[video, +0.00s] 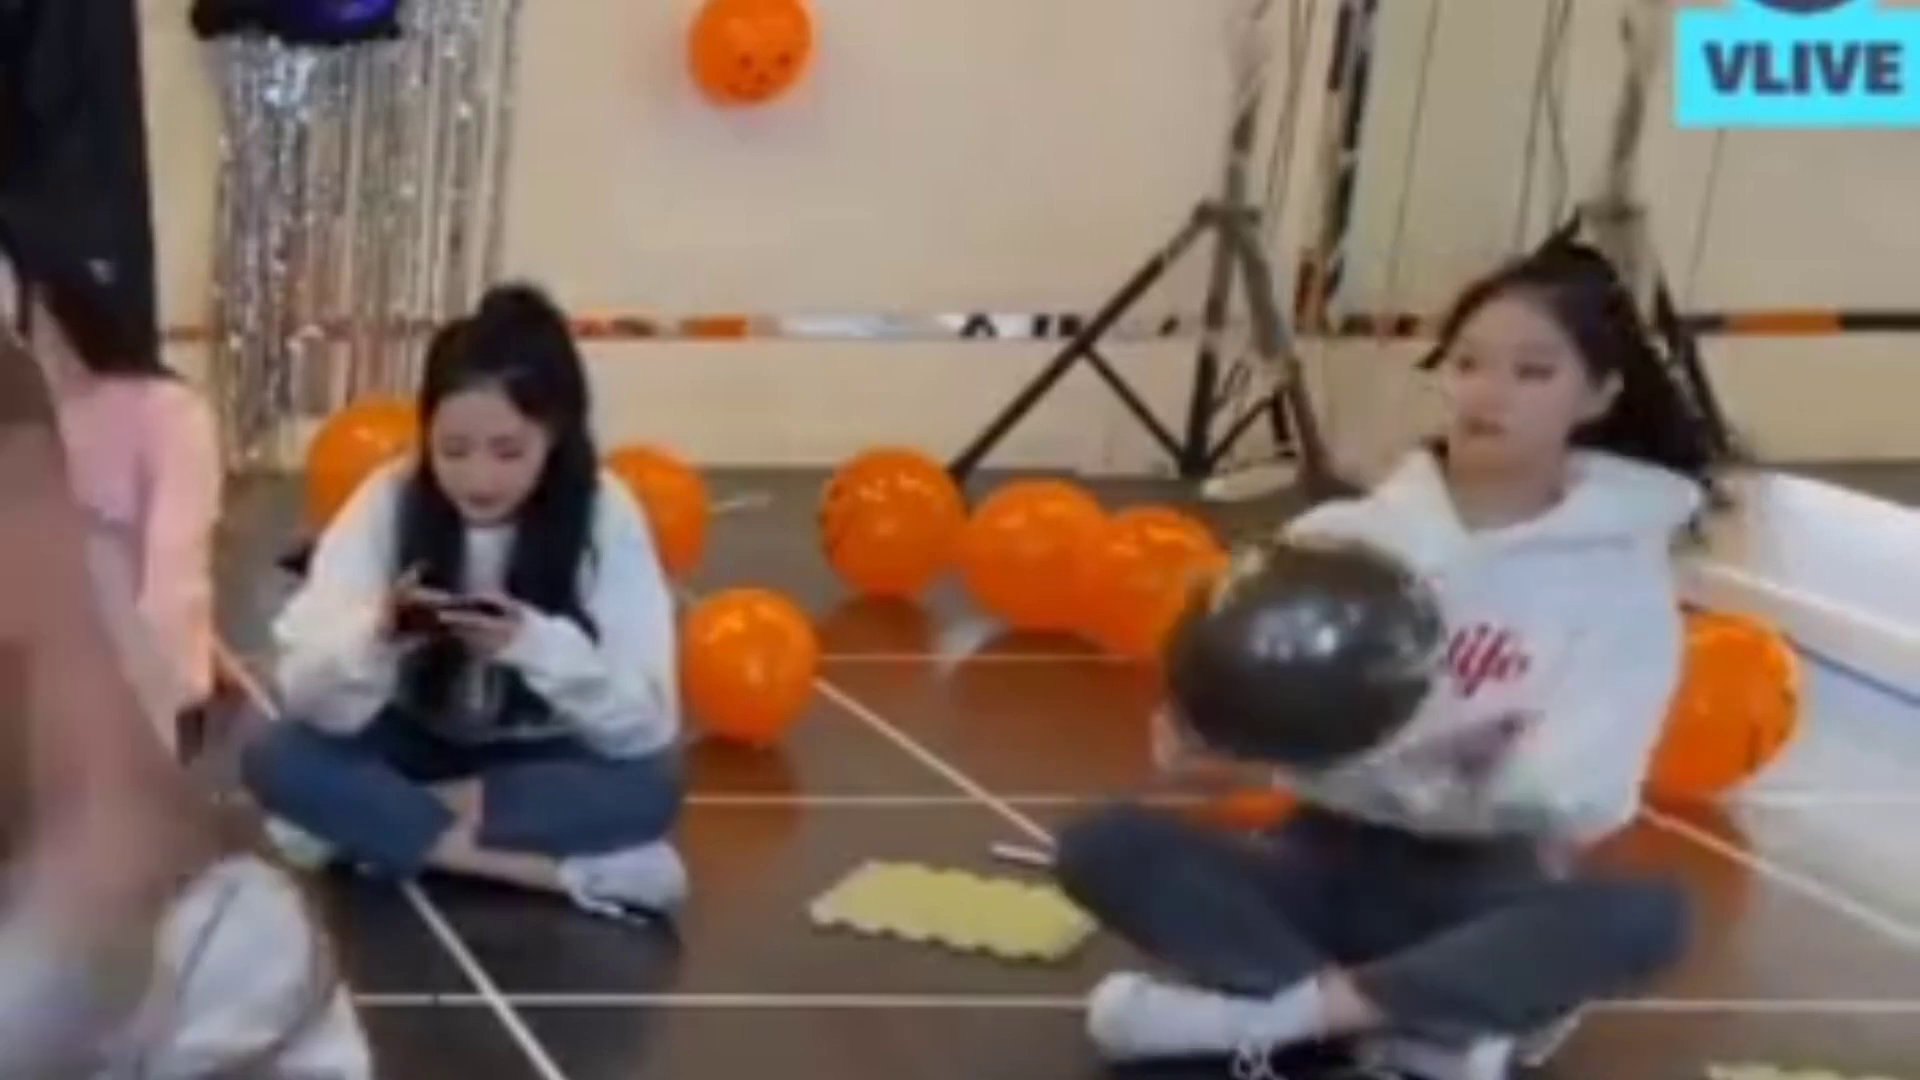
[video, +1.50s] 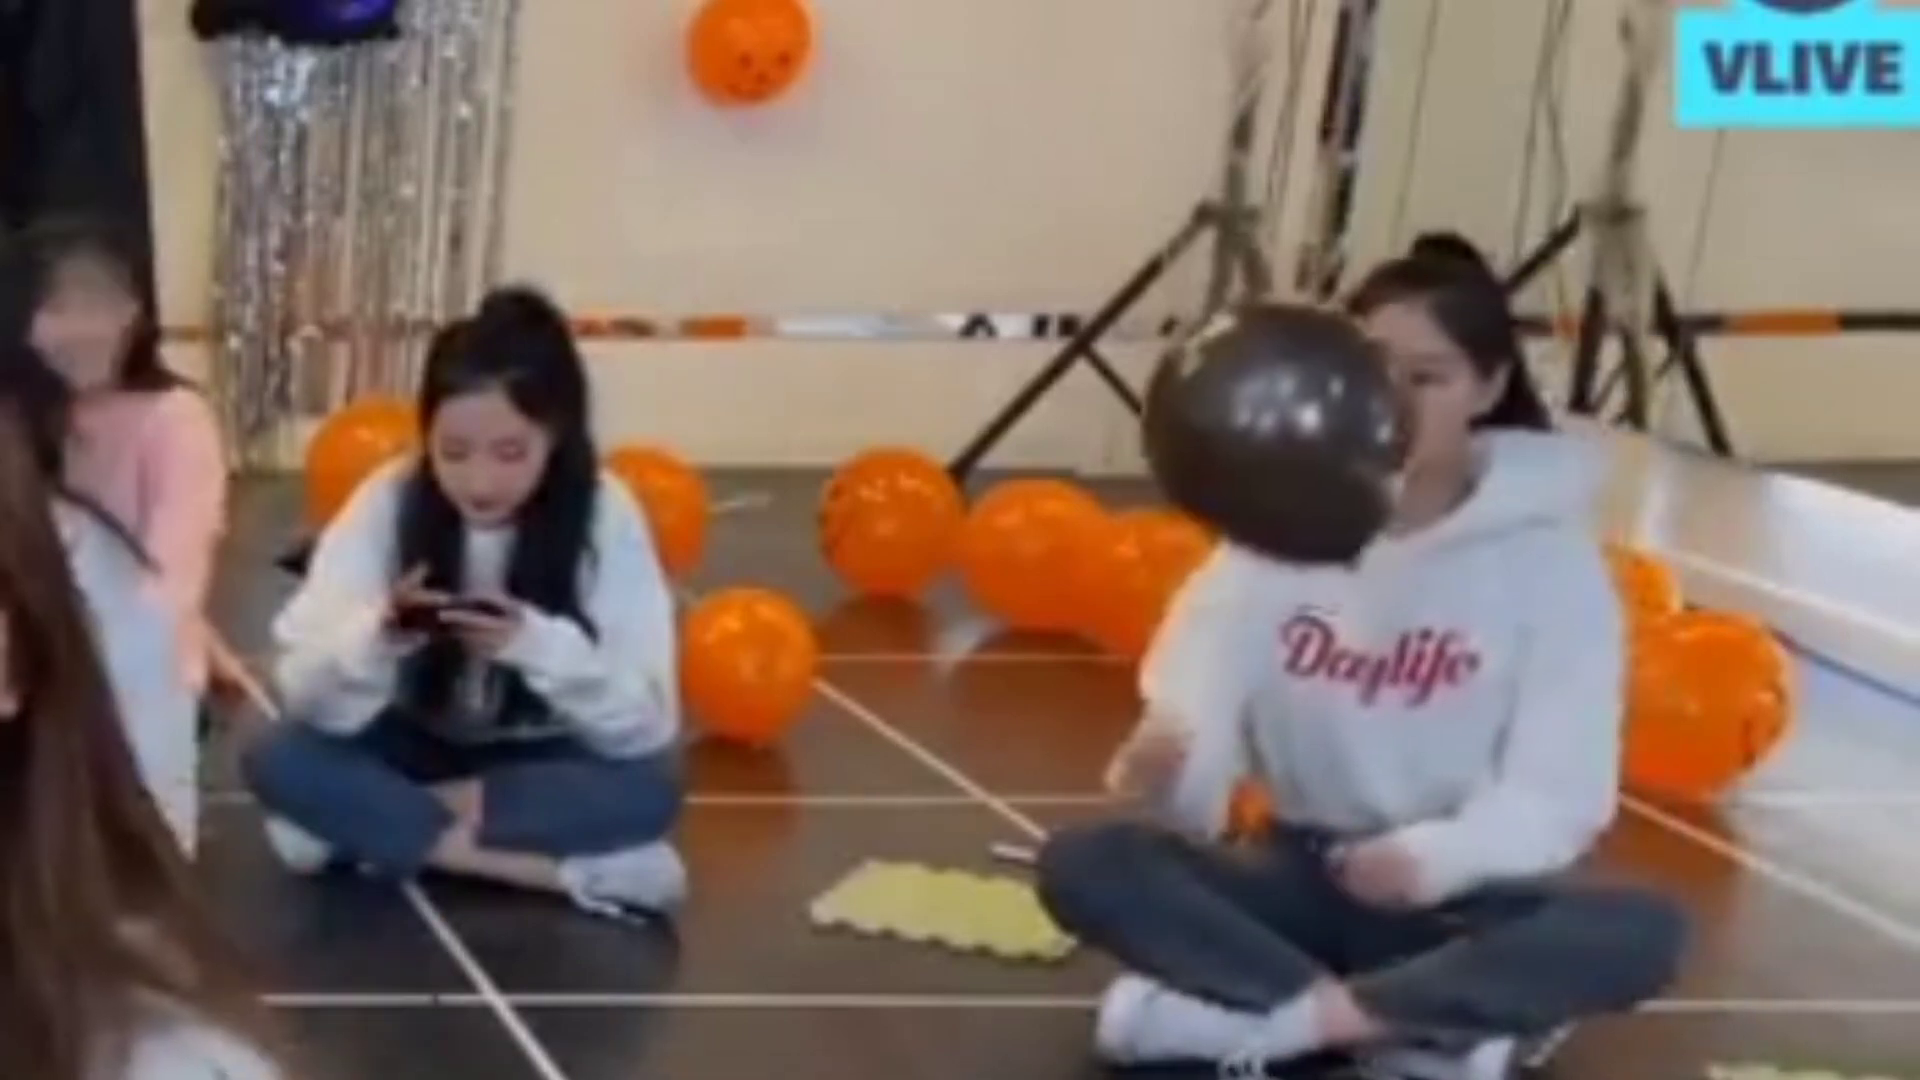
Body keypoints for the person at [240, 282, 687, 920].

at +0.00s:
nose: (478, 480)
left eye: (508, 454)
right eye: (454, 452)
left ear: (556, 441)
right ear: (425, 436)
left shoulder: (604, 516)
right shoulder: (387, 502)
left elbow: (645, 723)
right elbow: (310, 700)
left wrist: (531, 644)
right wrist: (381, 636)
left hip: (545, 742)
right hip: (410, 734)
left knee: (648, 790)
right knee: (275, 757)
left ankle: (366, 837)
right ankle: (550, 877)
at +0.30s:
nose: (478, 480)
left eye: (508, 454)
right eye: (454, 452)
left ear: (557, 440)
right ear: (424, 437)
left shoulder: (604, 516)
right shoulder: (387, 502)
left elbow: (645, 723)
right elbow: (309, 700)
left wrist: (531, 645)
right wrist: (383, 637)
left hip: (544, 745)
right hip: (408, 736)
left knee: (648, 791)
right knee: (274, 758)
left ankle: (366, 838)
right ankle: (549, 877)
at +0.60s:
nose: (477, 481)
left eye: (507, 454)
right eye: (452, 453)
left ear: (557, 440)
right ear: (423, 437)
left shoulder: (603, 516)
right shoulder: (388, 501)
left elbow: (645, 723)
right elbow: (309, 701)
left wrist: (532, 645)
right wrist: (383, 636)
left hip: (545, 745)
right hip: (410, 736)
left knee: (647, 792)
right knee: (275, 757)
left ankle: (367, 837)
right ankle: (550, 877)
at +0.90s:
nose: (479, 482)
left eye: (509, 455)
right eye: (454, 454)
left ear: (558, 441)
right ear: (424, 437)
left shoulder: (603, 515)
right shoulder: (388, 501)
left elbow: (645, 723)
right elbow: (308, 701)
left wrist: (532, 645)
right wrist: (383, 634)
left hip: (544, 745)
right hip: (410, 735)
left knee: (648, 792)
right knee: (276, 758)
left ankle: (377, 835)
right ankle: (547, 877)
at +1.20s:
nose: (479, 483)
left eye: (509, 455)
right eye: (454, 454)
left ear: (558, 440)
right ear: (425, 438)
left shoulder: (603, 515)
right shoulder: (388, 501)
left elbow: (645, 723)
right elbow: (308, 700)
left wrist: (531, 644)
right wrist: (384, 634)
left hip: (545, 743)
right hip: (409, 735)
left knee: (648, 791)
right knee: (277, 759)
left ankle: (368, 837)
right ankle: (550, 876)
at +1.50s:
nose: (479, 483)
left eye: (510, 455)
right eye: (454, 454)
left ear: (558, 440)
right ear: (425, 438)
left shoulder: (603, 515)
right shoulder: (388, 501)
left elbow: (645, 724)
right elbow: (308, 699)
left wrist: (531, 644)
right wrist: (383, 638)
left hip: (545, 743)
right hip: (409, 735)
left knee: (648, 791)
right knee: (275, 757)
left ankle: (367, 837)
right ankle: (550, 877)